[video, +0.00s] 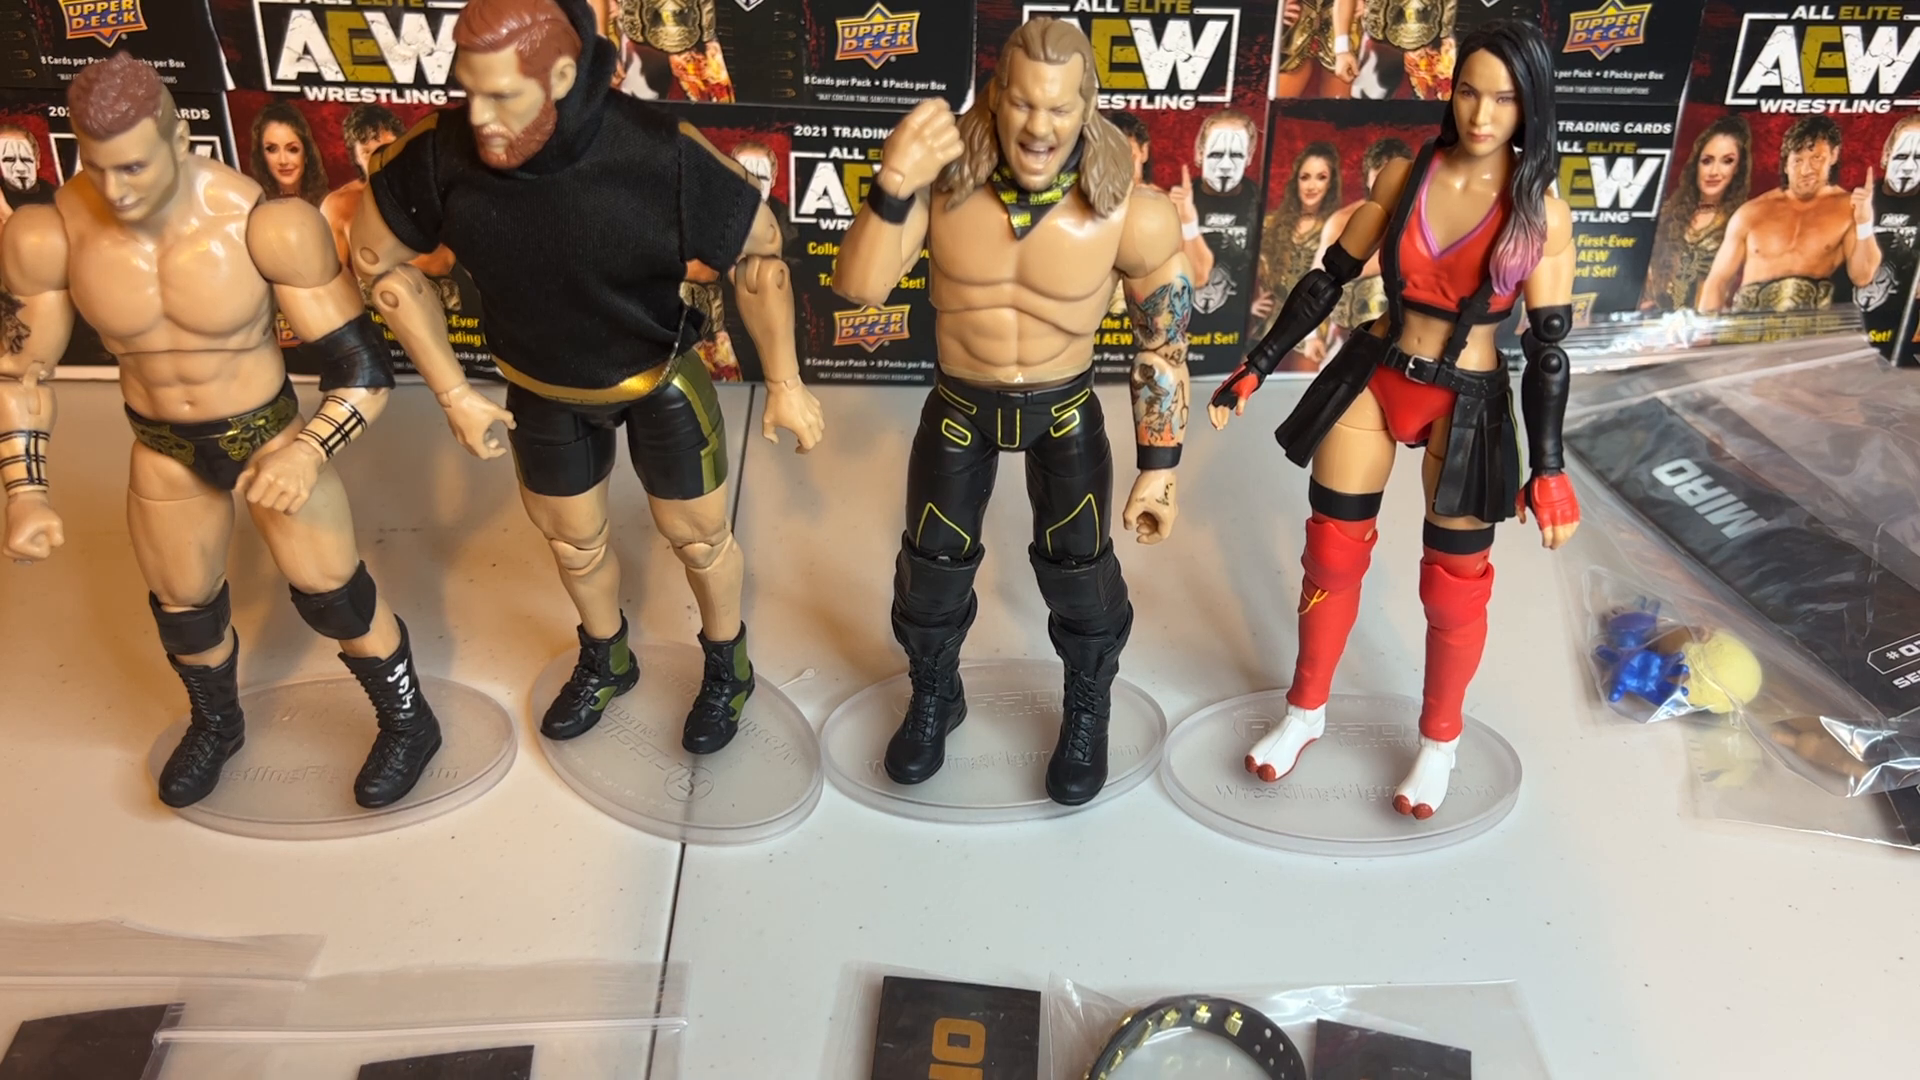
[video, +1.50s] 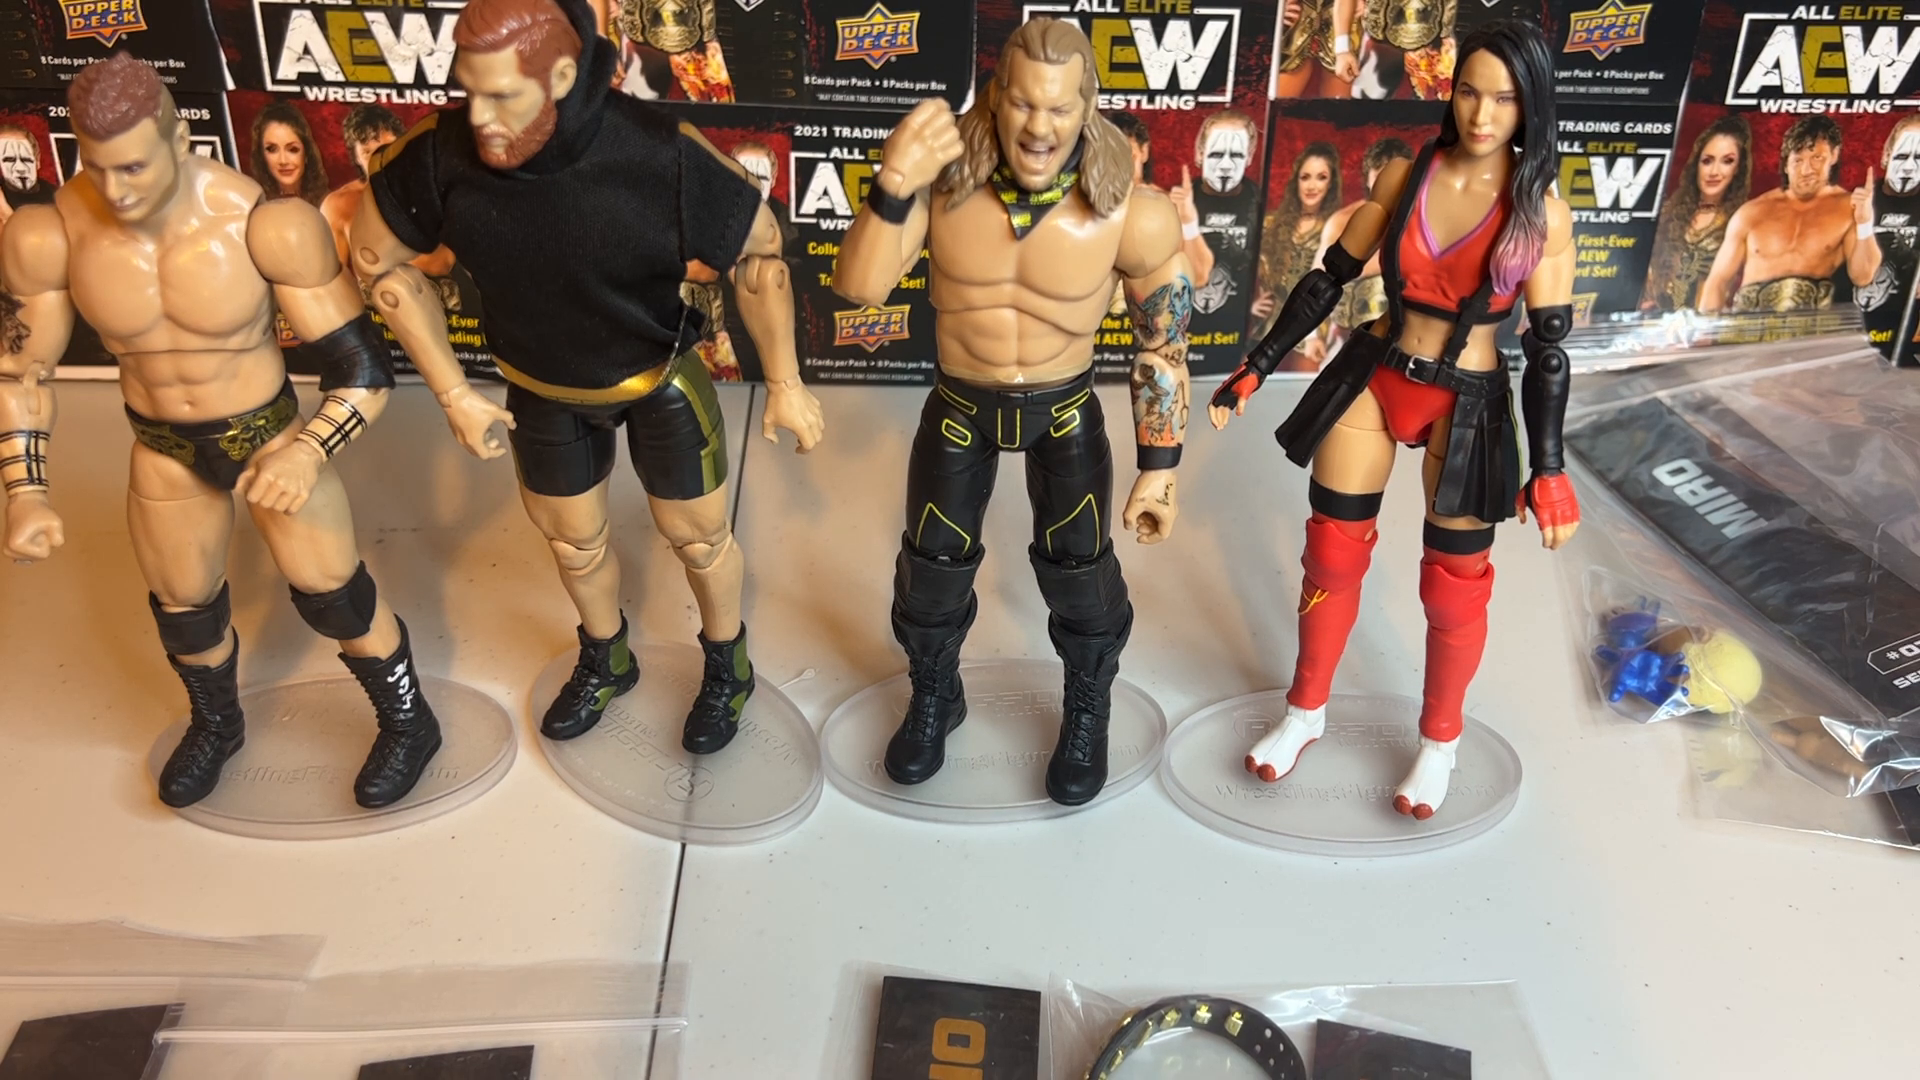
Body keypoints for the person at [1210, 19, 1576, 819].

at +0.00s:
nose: (1480, 113)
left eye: (1501, 99)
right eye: (1469, 94)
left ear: (1529, 108)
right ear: (1450, 94)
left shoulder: (1540, 209)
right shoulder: (1406, 175)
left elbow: (1549, 345)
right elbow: (1333, 273)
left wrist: (1549, 466)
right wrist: (1256, 364)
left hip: (1467, 405)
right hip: (1372, 383)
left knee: (1454, 590)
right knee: (1331, 560)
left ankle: (1438, 742)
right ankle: (1304, 710)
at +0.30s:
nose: (1480, 113)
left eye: (1501, 99)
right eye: (1469, 94)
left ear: (1529, 109)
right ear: (1451, 94)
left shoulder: (1540, 208)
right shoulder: (1406, 175)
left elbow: (1549, 345)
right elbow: (1333, 274)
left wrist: (1549, 466)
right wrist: (1256, 364)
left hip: (1467, 404)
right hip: (1372, 382)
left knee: (1453, 591)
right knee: (1331, 560)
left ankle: (1438, 742)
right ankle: (1304, 710)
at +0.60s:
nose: (1480, 113)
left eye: (1501, 98)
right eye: (1469, 93)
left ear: (1529, 108)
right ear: (1450, 94)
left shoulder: (1540, 207)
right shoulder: (1406, 175)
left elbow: (1549, 343)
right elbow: (1332, 274)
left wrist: (1549, 465)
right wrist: (1256, 364)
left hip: (1466, 404)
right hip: (1371, 382)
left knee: (1453, 591)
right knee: (1331, 560)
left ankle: (1437, 742)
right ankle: (1304, 710)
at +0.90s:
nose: (1480, 113)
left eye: (1501, 99)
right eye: (1469, 93)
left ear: (1528, 108)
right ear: (1450, 94)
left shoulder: (1540, 209)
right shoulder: (1406, 175)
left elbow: (1549, 345)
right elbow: (1332, 274)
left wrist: (1549, 466)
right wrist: (1256, 364)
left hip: (1467, 404)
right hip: (1372, 382)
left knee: (1453, 590)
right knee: (1331, 559)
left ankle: (1438, 741)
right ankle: (1304, 710)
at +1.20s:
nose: (1480, 113)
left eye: (1501, 98)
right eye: (1469, 93)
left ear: (1529, 108)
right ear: (1450, 94)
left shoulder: (1540, 207)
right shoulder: (1406, 174)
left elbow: (1549, 343)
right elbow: (1333, 273)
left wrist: (1549, 465)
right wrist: (1256, 364)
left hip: (1467, 403)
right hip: (1372, 382)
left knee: (1454, 591)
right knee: (1331, 560)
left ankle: (1438, 742)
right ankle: (1304, 710)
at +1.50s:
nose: (1480, 114)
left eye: (1501, 99)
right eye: (1469, 94)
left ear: (1529, 108)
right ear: (1451, 94)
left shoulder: (1540, 208)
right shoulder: (1406, 174)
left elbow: (1549, 343)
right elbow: (1333, 273)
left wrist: (1549, 466)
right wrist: (1257, 364)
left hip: (1467, 404)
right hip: (1371, 383)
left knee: (1454, 592)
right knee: (1331, 560)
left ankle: (1438, 742)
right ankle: (1304, 710)